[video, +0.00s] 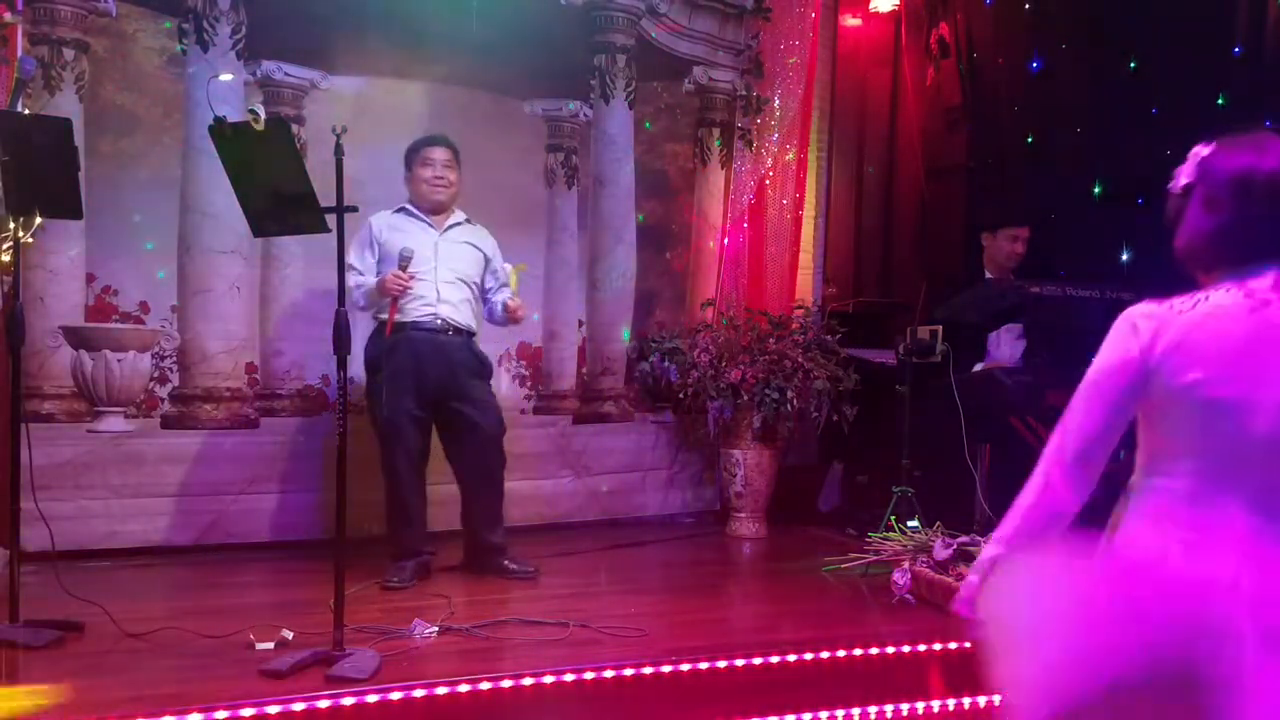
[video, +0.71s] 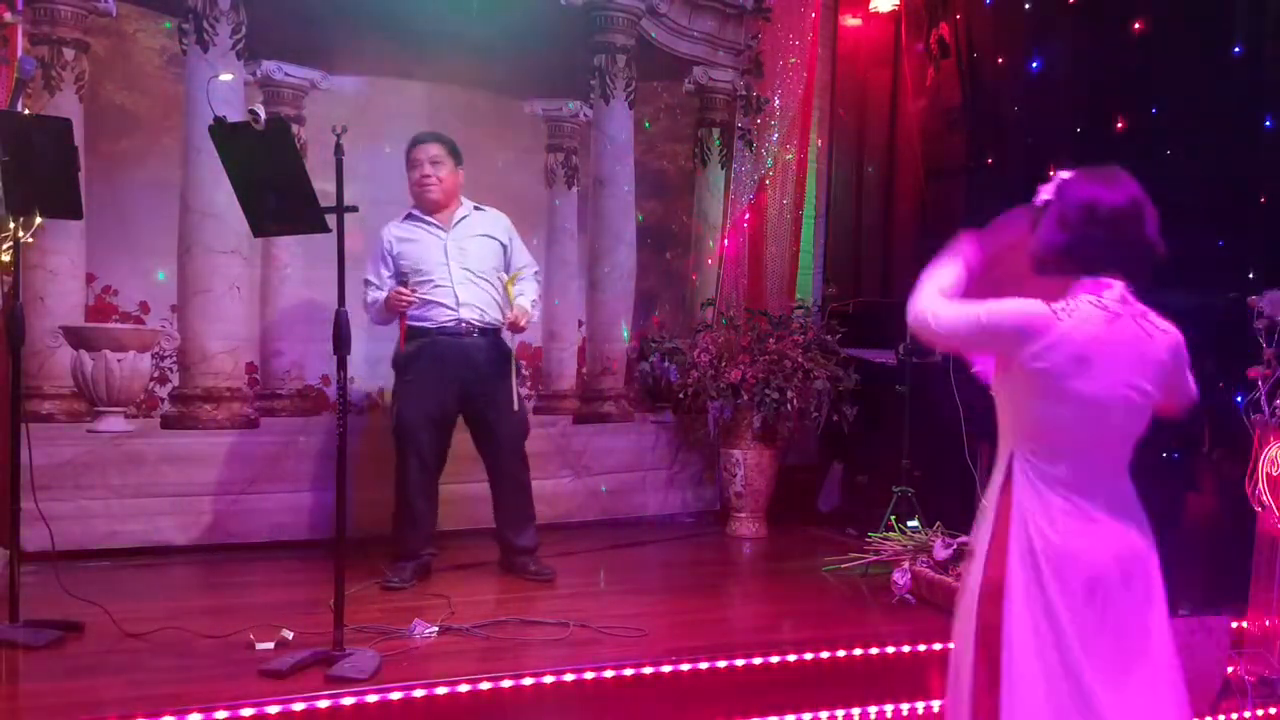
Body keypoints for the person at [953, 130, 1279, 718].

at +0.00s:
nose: (1174, 209)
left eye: (1186, 194)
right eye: (1180, 193)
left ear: (1221, 209)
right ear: (1271, 213)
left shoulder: (1155, 327)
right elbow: (1065, 471)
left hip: (1158, 578)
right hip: (1268, 586)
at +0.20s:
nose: (1143, 242)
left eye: (1151, 224)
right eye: (1149, 223)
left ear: (1175, 242)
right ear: (1257, 243)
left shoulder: (1123, 351)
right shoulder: (1276, 347)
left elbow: (1053, 494)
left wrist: (997, 584)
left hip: (1136, 572)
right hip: (1245, 574)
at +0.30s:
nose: (1126, 251)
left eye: (1135, 234)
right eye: (1130, 234)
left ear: (1161, 250)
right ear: (1236, 255)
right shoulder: (1270, 370)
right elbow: (1271, 520)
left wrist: (1005, 557)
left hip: (1116, 577)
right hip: (1220, 576)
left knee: (1119, 711)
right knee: (1226, 712)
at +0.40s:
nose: (1104, 243)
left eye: (1112, 229)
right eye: (1108, 227)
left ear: (1135, 248)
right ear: (1211, 257)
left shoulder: (1086, 354)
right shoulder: (1249, 375)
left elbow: (1009, 455)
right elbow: (1249, 523)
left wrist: (1026, 501)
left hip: (1091, 557)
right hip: (1184, 560)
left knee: (1092, 705)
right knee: (1190, 707)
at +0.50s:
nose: (1077, 237)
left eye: (1086, 223)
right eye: (1081, 221)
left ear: (1112, 242)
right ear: (1177, 248)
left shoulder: (1066, 344)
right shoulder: (1212, 363)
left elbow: (975, 417)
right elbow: (1220, 485)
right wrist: (1151, 505)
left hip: (1066, 540)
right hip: (1154, 545)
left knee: (1070, 692)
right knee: (1159, 693)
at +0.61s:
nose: (1054, 225)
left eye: (1065, 216)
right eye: (1059, 214)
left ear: (1091, 236)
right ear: (1144, 244)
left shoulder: (1047, 331)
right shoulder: (1183, 350)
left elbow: (943, 368)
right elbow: (1195, 451)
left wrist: (989, 325)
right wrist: (1138, 434)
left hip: (1047, 533)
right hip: (1132, 535)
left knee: (1051, 681)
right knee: (1139, 683)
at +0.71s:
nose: (1036, 218)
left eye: (1047, 209)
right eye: (1043, 206)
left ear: (1065, 232)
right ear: (1128, 241)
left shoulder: (1028, 322)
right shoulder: (1162, 340)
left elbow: (926, 314)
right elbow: (1177, 401)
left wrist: (960, 252)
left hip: (1029, 530)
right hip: (1117, 532)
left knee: (1023, 682)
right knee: (1118, 685)